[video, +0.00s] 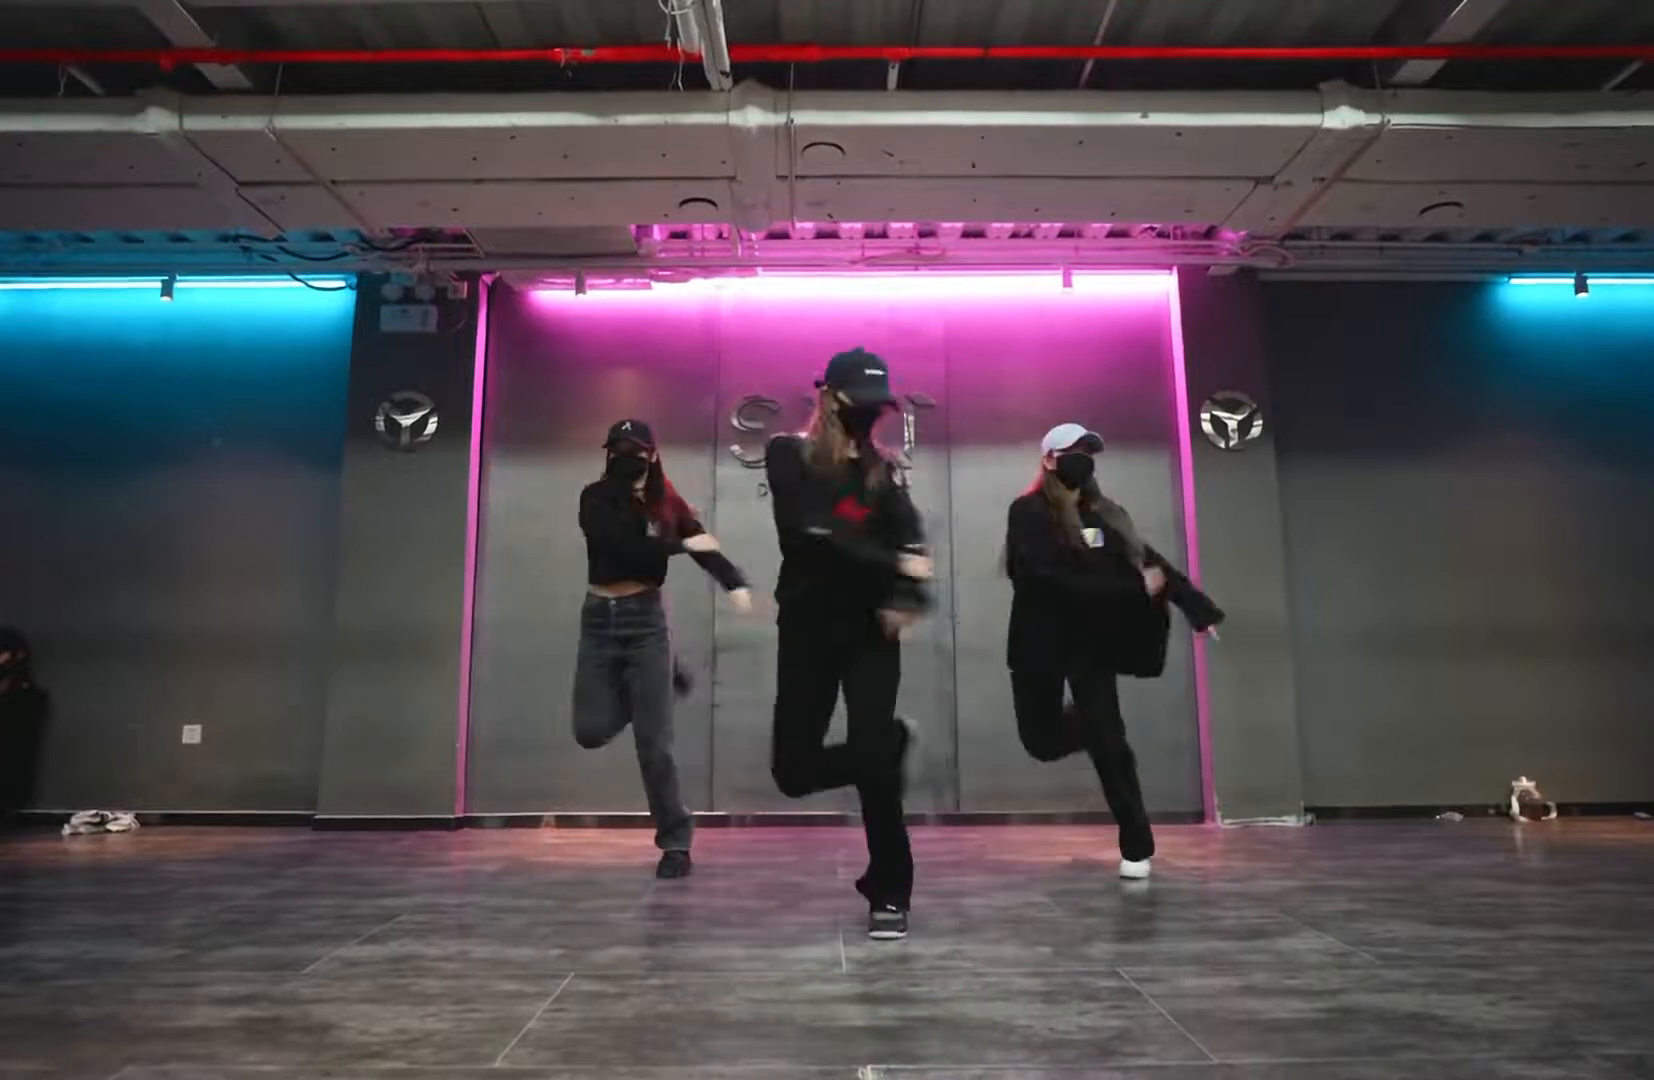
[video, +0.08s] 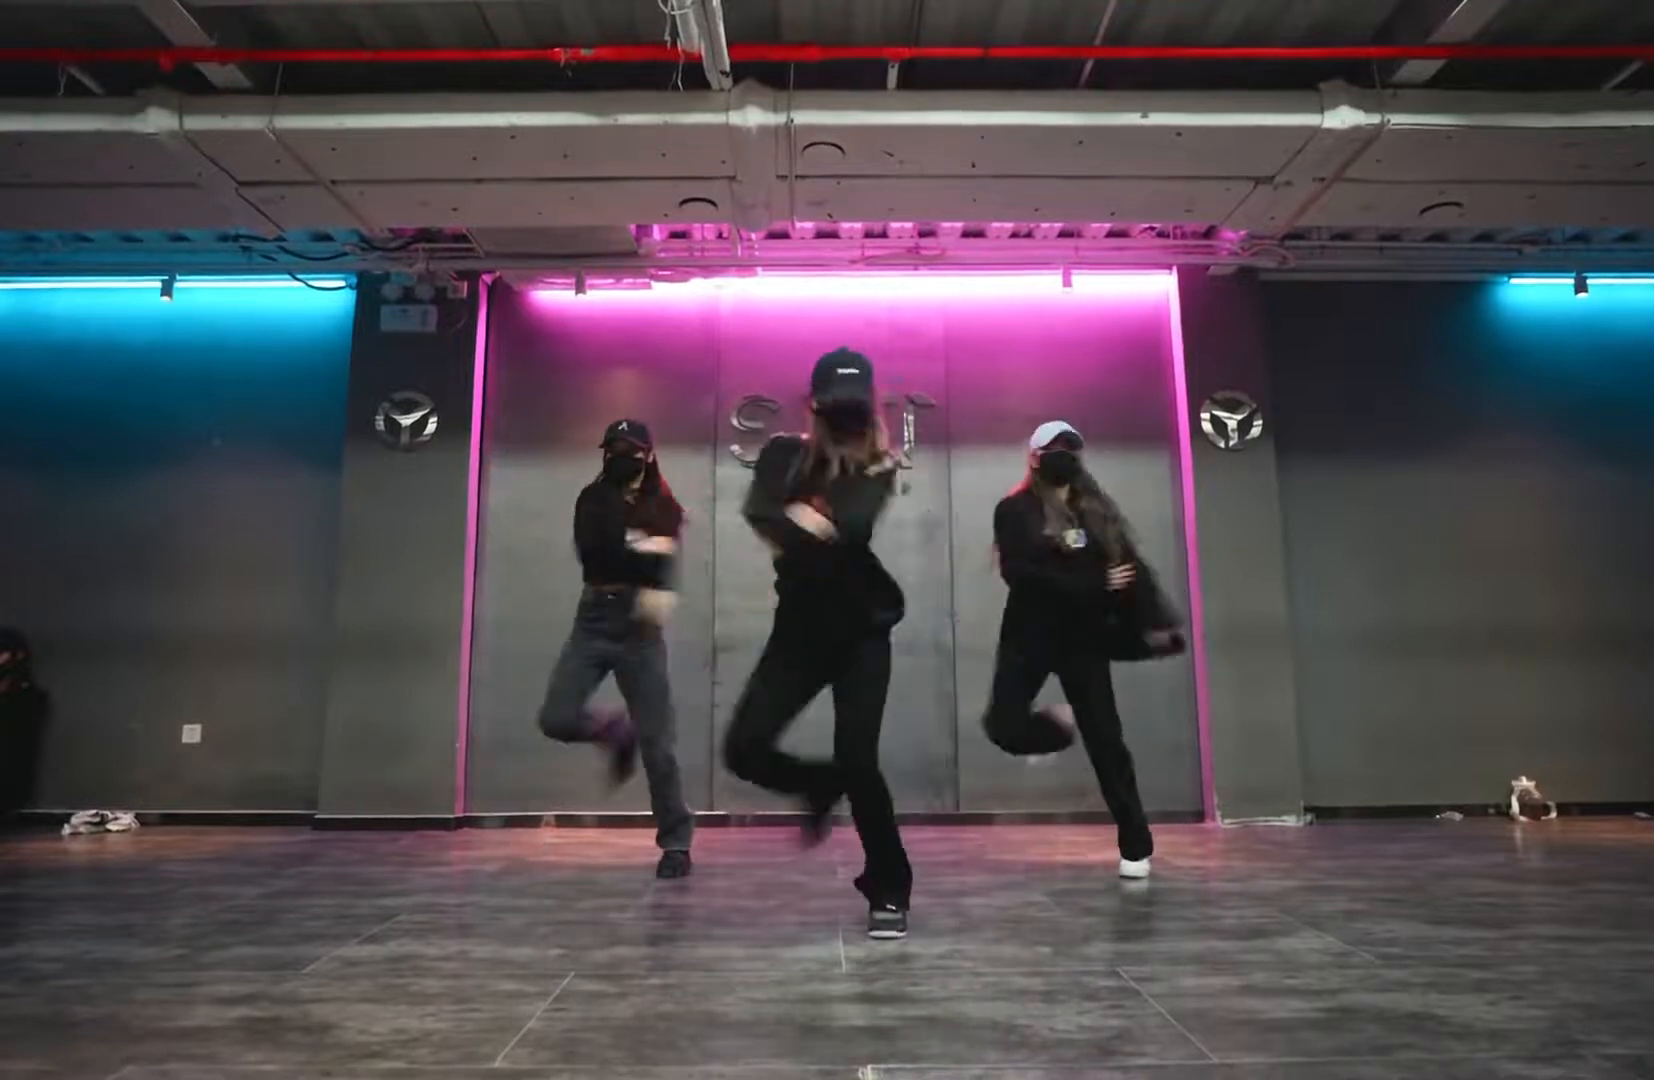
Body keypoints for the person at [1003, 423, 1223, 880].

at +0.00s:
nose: (1084, 466)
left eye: (1088, 459)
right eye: (1074, 458)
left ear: (1094, 463)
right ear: (1050, 460)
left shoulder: (1102, 513)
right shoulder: (1029, 510)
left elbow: (1146, 562)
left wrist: (1197, 607)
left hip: (1088, 642)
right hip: (1038, 645)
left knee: (1106, 740)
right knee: (1042, 741)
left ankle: (1136, 849)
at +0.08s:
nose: (1062, 463)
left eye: (1069, 456)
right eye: (1052, 455)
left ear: (1079, 460)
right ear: (1033, 458)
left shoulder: (1093, 506)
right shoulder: (1014, 509)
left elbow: (1127, 563)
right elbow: (1022, 571)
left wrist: (1158, 621)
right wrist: (1097, 579)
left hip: (1082, 637)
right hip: (1028, 637)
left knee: (1105, 742)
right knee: (1004, 729)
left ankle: (1135, 849)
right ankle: (1060, 729)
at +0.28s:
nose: (995, 473)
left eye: (1003, 465)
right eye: (993, 466)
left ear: (1030, 465)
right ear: (1008, 468)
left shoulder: (1050, 508)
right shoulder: (995, 526)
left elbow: (992, 517)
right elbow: (945, 559)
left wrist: (928, 503)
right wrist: (931, 513)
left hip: (1052, 642)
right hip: (998, 644)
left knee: (1081, 746)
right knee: (962, 745)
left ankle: (1125, 851)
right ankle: (951, 850)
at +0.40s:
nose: (984, 474)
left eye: (992, 467)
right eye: (982, 468)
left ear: (1019, 466)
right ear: (1000, 468)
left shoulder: (1041, 497)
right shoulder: (984, 512)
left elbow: (982, 492)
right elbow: (937, 548)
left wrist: (925, 470)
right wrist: (925, 492)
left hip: (1049, 637)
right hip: (997, 640)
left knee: (1079, 742)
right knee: (951, 739)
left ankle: (1123, 851)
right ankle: (951, 849)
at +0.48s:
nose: (988, 473)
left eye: (997, 464)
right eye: (984, 465)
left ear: (1023, 464)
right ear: (985, 467)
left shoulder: (1041, 496)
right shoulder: (987, 511)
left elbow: (985, 501)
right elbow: (939, 548)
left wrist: (924, 476)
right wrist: (923, 493)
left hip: (1050, 636)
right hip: (997, 639)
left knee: (1080, 743)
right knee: (953, 738)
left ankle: (1123, 851)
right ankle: (951, 849)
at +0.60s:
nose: (1012, 473)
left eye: (1018, 464)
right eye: (1003, 467)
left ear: (1030, 467)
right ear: (989, 472)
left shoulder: (1047, 499)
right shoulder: (980, 518)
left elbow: (1014, 514)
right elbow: (935, 550)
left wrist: (945, 511)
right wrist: (928, 499)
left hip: (1058, 635)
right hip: (1003, 637)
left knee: (1085, 741)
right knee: (962, 737)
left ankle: (1122, 850)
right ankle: (952, 849)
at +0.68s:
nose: (1026, 470)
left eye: (1031, 463)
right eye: (1015, 466)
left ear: (1043, 464)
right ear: (996, 472)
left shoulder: (1061, 497)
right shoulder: (986, 520)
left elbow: (1043, 509)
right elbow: (935, 542)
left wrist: (987, 504)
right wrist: (933, 488)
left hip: (1067, 636)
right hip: (1011, 640)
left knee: (1092, 741)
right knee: (970, 734)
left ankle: (1122, 849)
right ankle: (954, 847)